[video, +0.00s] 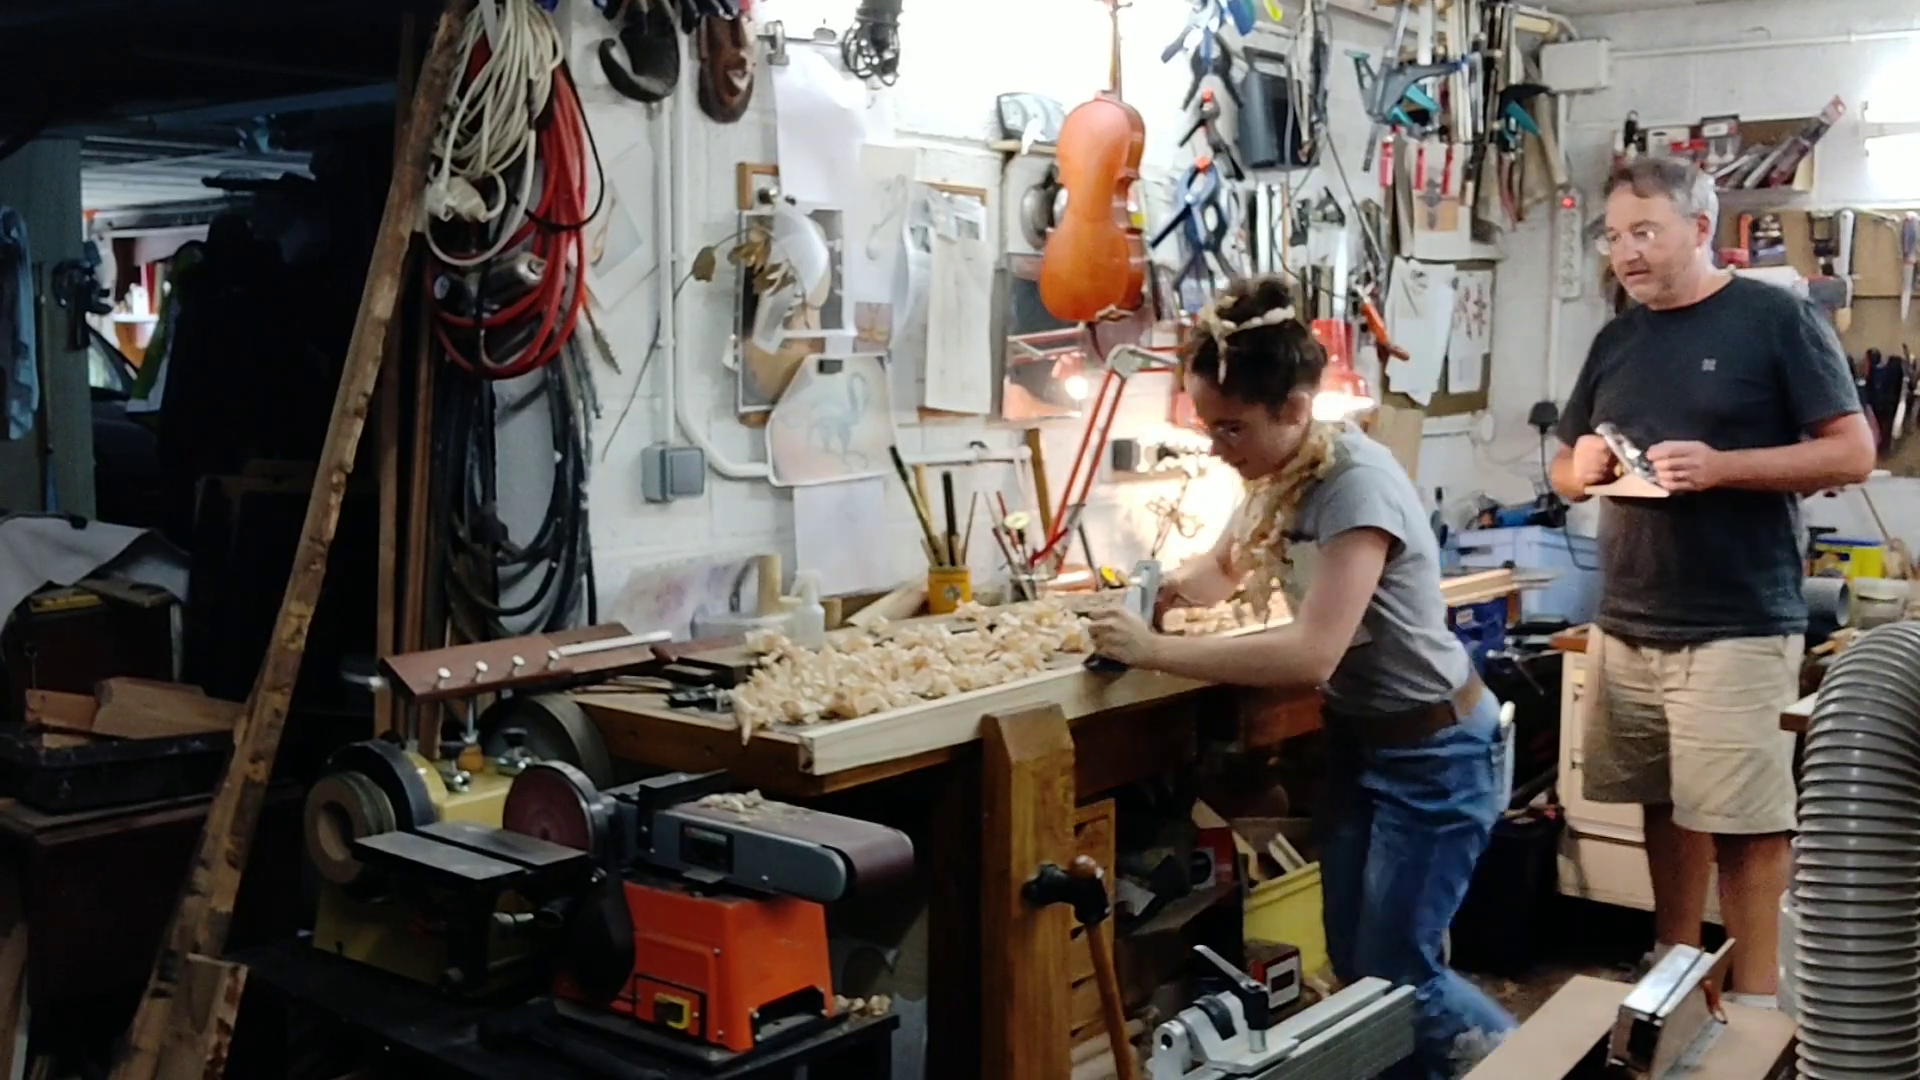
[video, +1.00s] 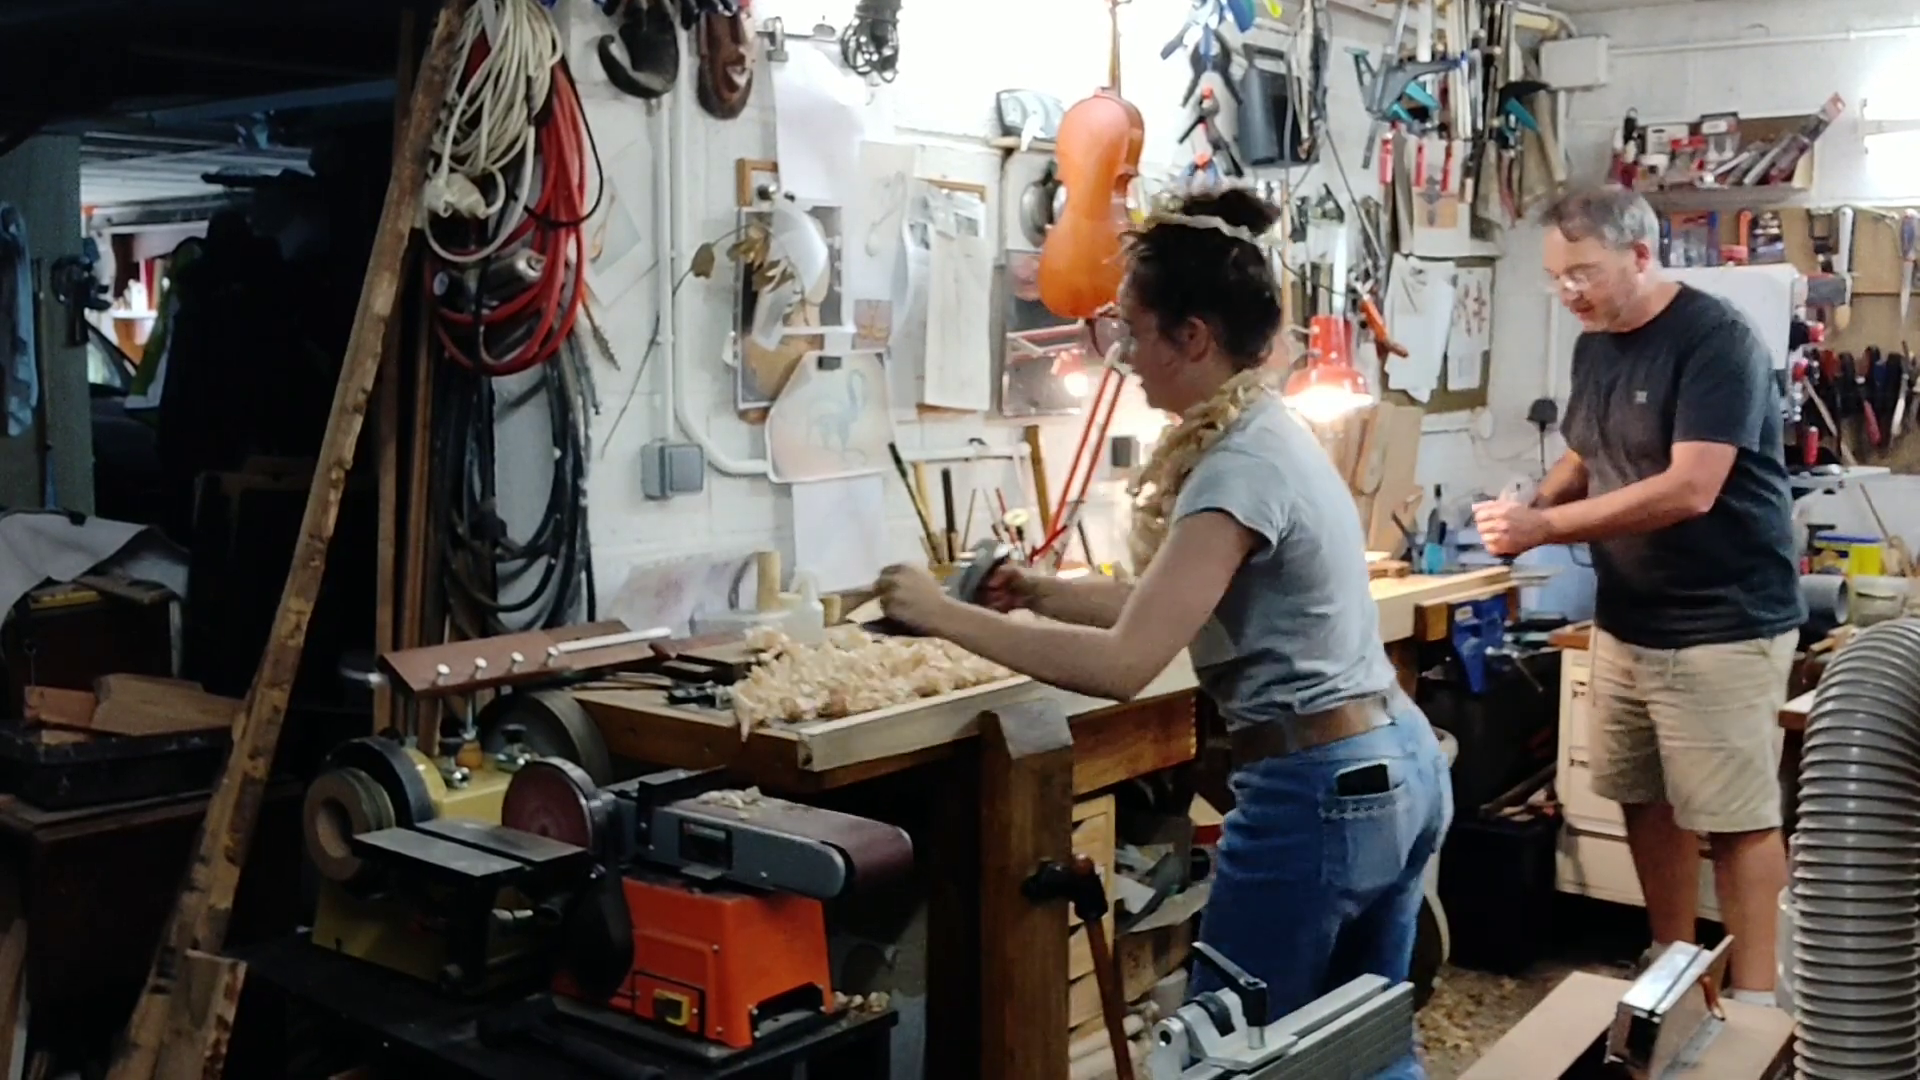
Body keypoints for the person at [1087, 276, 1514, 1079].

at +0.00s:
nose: (1217, 449)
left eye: (1231, 430)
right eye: (1208, 429)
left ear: (1295, 407)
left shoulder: (1360, 481)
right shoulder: (1283, 483)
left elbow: (1314, 652)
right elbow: (1221, 572)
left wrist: (1162, 652)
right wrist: (1144, 597)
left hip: (1439, 752)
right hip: (1362, 745)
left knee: (1395, 971)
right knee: (1353, 962)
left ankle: (1523, 1061)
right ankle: (1452, 1062)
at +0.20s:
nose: (1158, 457)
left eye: (1172, 438)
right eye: (1150, 437)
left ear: (1242, 416)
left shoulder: (1304, 497)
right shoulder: (1242, 492)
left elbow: (1249, 677)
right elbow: (1176, 578)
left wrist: (1084, 661)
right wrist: (1099, 598)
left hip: (1376, 777)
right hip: (1318, 774)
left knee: (1278, 977)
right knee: (1375, 979)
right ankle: (1444, 1074)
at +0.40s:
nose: (1089, 455)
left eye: (1103, 434)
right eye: (1083, 434)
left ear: (1175, 412)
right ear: (1167, 416)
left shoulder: (1248, 504)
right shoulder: (1195, 490)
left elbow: (1178, 696)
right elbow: (1140, 586)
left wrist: (1005, 680)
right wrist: (1043, 609)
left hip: (1327, 802)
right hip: (1297, 795)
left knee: (1182, 1028)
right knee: (1346, 1017)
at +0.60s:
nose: (1050, 434)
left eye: (1059, 413)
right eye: (1045, 415)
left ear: (1134, 395)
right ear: (1131, 396)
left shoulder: (1208, 493)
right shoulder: (1153, 475)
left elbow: (1103, 697)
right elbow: (1078, 590)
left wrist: (915, 696)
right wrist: (986, 625)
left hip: (1322, 783)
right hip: (1281, 776)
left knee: (1200, 1032)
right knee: (1351, 1012)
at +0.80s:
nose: (1074, 388)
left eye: (1089, 369)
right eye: (1075, 367)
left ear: (1164, 372)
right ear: (1160, 372)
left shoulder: (1202, 487)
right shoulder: (1154, 466)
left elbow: (1022, 641)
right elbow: (1030, 583)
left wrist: (832, 697)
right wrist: (914, 636)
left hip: (1322, 788)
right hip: (1351, 762)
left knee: (1220, 1043)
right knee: (1360, 1028)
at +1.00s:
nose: (1122, 351)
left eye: (1133, 330)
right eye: (1122, 328)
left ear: (1193, 338)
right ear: (1211, 340)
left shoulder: (1240, 463)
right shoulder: (1276, 440)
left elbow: (1125, 661)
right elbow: (1172, 600)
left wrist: (947, 617)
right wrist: (1038, 594)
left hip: (1317, 783)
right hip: (1400, 755)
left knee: (1232, 1045)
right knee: (1374, 1034)